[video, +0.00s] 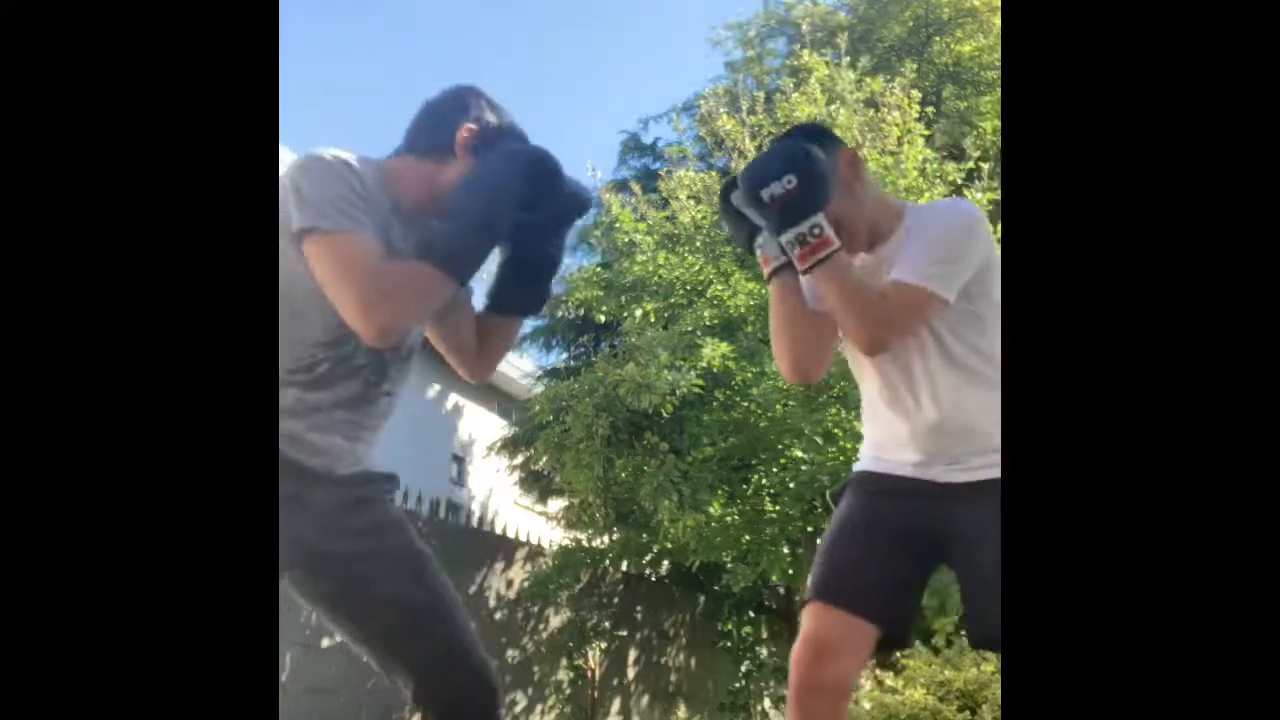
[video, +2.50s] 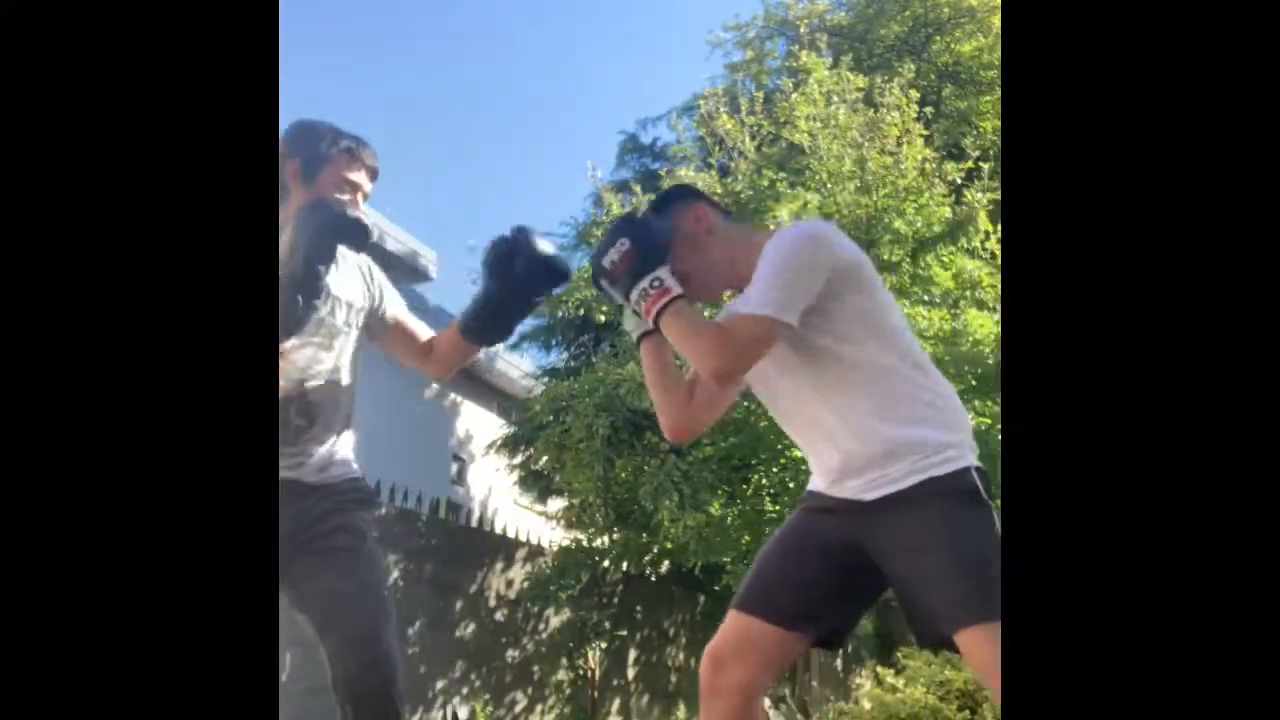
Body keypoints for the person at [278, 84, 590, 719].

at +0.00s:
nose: (503, 175)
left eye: (510, 164)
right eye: (502, 157)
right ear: (467, 137)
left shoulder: (429, 244)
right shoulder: (321, 179)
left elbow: (476, 360)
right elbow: (378, 317)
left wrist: (538, 242)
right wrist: (486, 207)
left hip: (339, 486)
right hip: (287, 469)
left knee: (464, 688)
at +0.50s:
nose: (543, 271)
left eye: (552, 263)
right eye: (545, 250)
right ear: (512, 216)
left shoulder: (439, 325)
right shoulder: (420, 237)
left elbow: (443, 460)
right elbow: (431, 172)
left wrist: (551, 411)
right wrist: (564, 212)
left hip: (334, 505)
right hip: (288, 475)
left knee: (467, 674)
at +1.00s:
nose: (694, 255)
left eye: (697, 248)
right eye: (685, 235)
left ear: (673, 263)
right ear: (635, 222)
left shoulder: (649, 321)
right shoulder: (545, 235)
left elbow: (761, 289)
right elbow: (454, 155)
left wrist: (863, 223)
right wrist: (566, 163)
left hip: (503, 488)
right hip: (418, 446)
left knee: (607, 661)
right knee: (315, 667)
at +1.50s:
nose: (534, 223)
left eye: (539, 214)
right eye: (522, 205)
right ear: (470, 198)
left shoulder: (515, 316)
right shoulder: (385, 269)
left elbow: (519, 442)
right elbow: (358, 361)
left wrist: (581, 390)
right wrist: (454, 283)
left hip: (455, 522)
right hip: (357, 510)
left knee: (555, 680)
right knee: (286, 686)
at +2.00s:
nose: (459, 225)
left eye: (465, 215)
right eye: (451, 205)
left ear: (460, 230)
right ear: (397, 195)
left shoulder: (445, 303)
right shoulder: (313, 276)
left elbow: (511, 392)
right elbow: (326, 383)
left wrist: (524, 281)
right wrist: (396, 290)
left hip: (412, 519)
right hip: (311, 507)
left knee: (456, 701)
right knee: (277, 663)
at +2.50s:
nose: (359, 207)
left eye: (366, 196)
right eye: (348, 188)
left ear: (368, 201)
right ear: (293, 173)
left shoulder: (357, 270)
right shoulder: (284, 256)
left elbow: (436, 360)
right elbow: (284, 345)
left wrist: (498, 303)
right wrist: (299, 271)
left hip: (321, 488)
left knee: (372, 670)